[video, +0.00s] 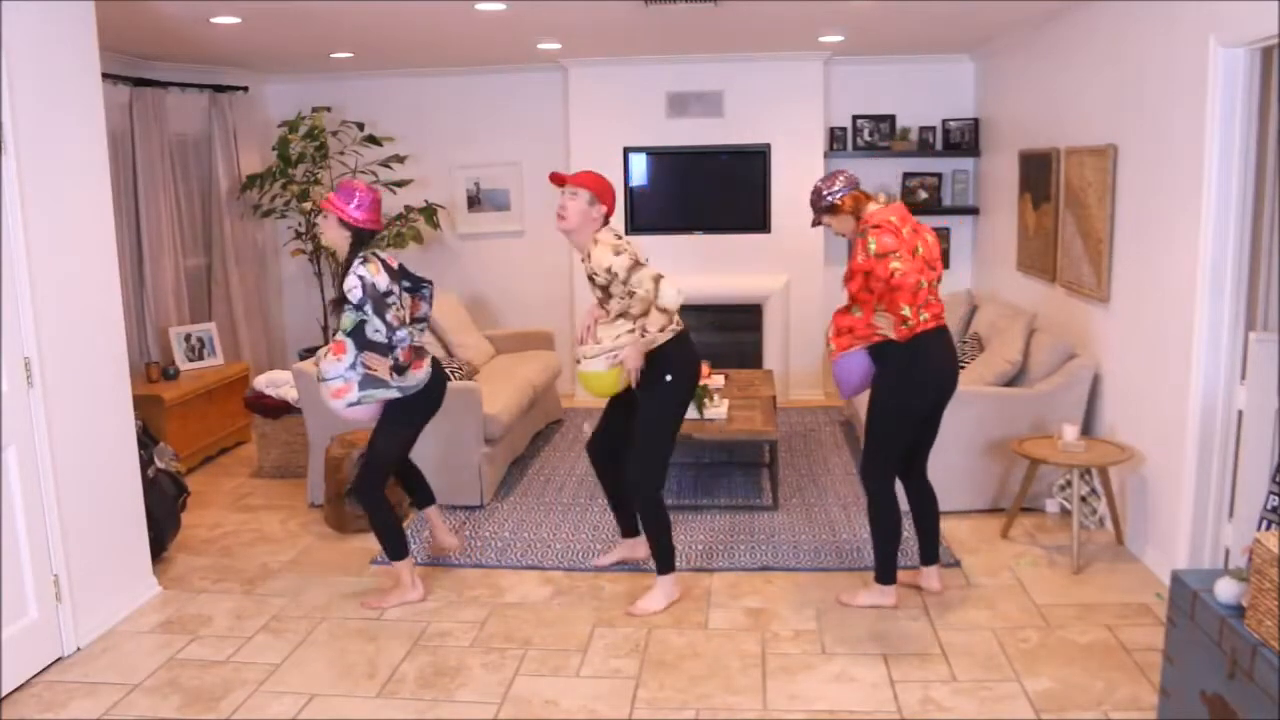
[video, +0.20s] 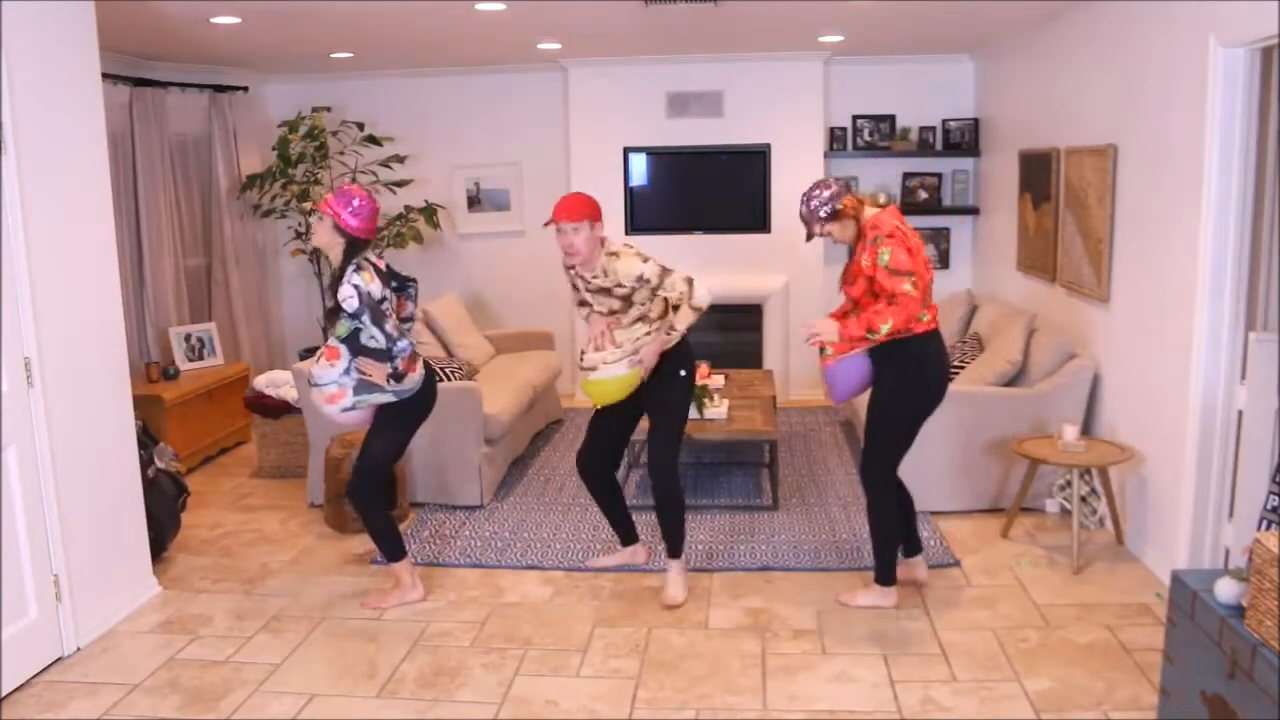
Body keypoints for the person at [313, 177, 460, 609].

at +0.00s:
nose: (320, 224)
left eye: (326, 217)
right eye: (323, 216)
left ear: (346, 226)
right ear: (355, 226)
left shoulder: (360, 276)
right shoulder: (381, 260)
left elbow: (385, 345)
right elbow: (422, 289)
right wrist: (409, 336)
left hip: (412, 392)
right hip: (429, 377)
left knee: (367, 485)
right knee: (394, 457)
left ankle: (408, 583)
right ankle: (442, 534)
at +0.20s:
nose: (312, 224)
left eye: (319, 219)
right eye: (315, 217)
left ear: (340, 231)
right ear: (348, 231)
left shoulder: (352, 280)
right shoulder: (371, 263)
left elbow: (334, 361)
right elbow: (408, 286)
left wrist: (305, 375)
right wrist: (400, 338)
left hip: (405, 394)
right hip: (416, 381)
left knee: (362, 488)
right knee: (377, 465)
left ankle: (408, 583)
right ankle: (387, 539)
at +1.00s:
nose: (316, 233)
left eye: (326, 227)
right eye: (312, 225)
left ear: (346, 237)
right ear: (306, 232)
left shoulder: (364, 280)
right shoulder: (307, 279)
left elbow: (422, 323)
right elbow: (298, 325)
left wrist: (381, 362)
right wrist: (304, 358)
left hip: (390, 384)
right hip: (344, 388)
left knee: (392, 470)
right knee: (320, 467)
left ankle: (436, 556)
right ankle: (355, 551)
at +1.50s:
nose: (374, 214)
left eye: (382, 206)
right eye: (367, 207)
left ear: (398, 214)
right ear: (357, 216)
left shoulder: (423, 265)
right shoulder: (344, 269)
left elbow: (459, 325)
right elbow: (314, 313)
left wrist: (417, 355)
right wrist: (336, 344)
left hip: (419, 376)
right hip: (365, 381)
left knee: (443, 461)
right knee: (331, 464)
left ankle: (455, 557)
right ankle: (350, 545)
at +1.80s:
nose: (381, 205)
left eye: (389, 198)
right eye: (373, 199)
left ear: (402, 209)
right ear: (362, 209)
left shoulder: (429, 260)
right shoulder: (344, 266)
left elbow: (471, 314)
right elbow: (311, 317)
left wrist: (429, 351)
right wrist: (343, 349)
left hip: (423, 375)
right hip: (368, 379)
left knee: (444, 461)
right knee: (345, 461)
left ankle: (455, 558)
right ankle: (336, 554)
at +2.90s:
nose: (353, 285)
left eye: (361, 276)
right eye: (345, 277)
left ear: (377, 278)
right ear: (336, 281)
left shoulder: (408, 324)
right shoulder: (326, 327)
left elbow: (454, 369)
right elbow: (305, 367)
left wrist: (415, 406)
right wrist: (340, 406)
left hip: (417, 400)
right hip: (359, 405)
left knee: (451, 480)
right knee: (309, 473)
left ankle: (456, 561)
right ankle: (333, 555)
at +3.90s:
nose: (356, 263)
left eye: (363, 253)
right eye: (348, 255)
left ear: (380, 241)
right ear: (339, 252)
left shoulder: (414, 277)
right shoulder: (333, 284)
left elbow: (461, 328)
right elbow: (305, 327)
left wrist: (416, 359)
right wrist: (337, 360)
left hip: (413, 380)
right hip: (361, 383)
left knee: (441, 463)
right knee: (329, 467)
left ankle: (455, 560)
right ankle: (334, 555)